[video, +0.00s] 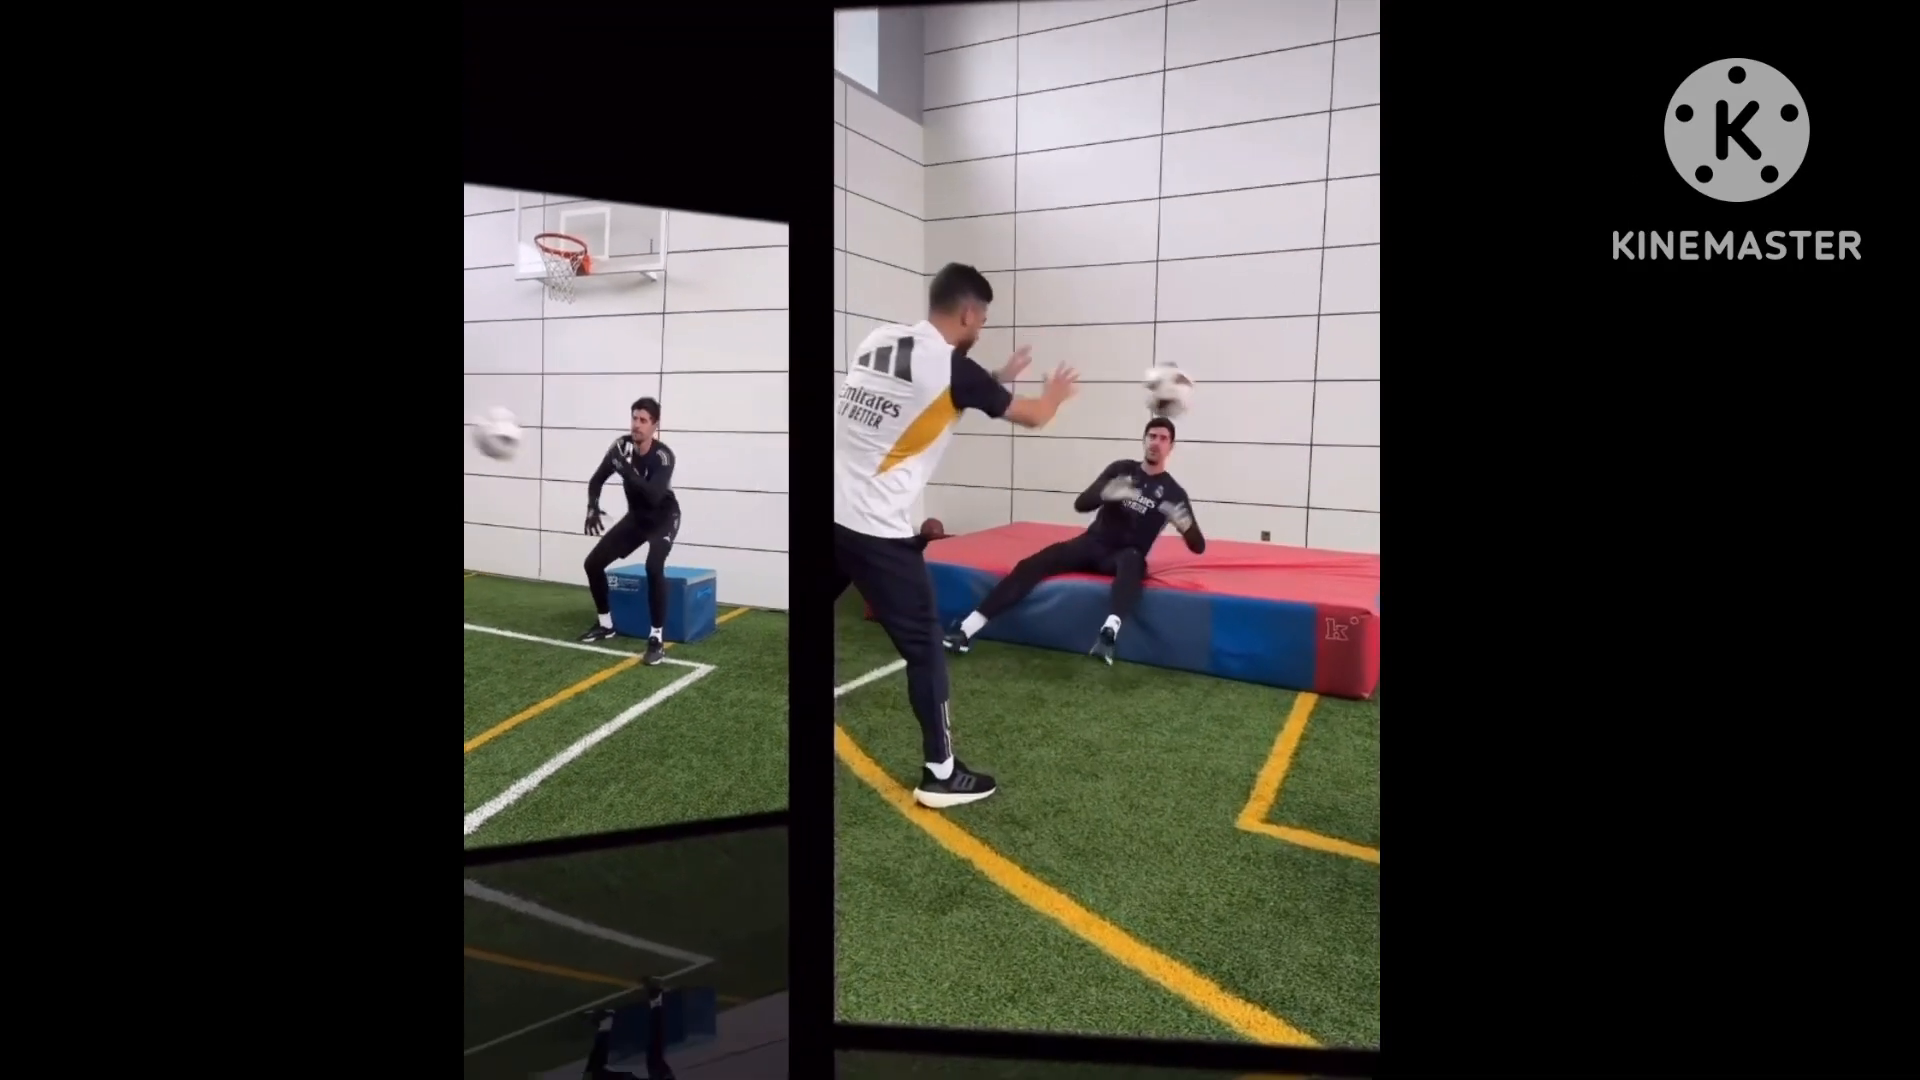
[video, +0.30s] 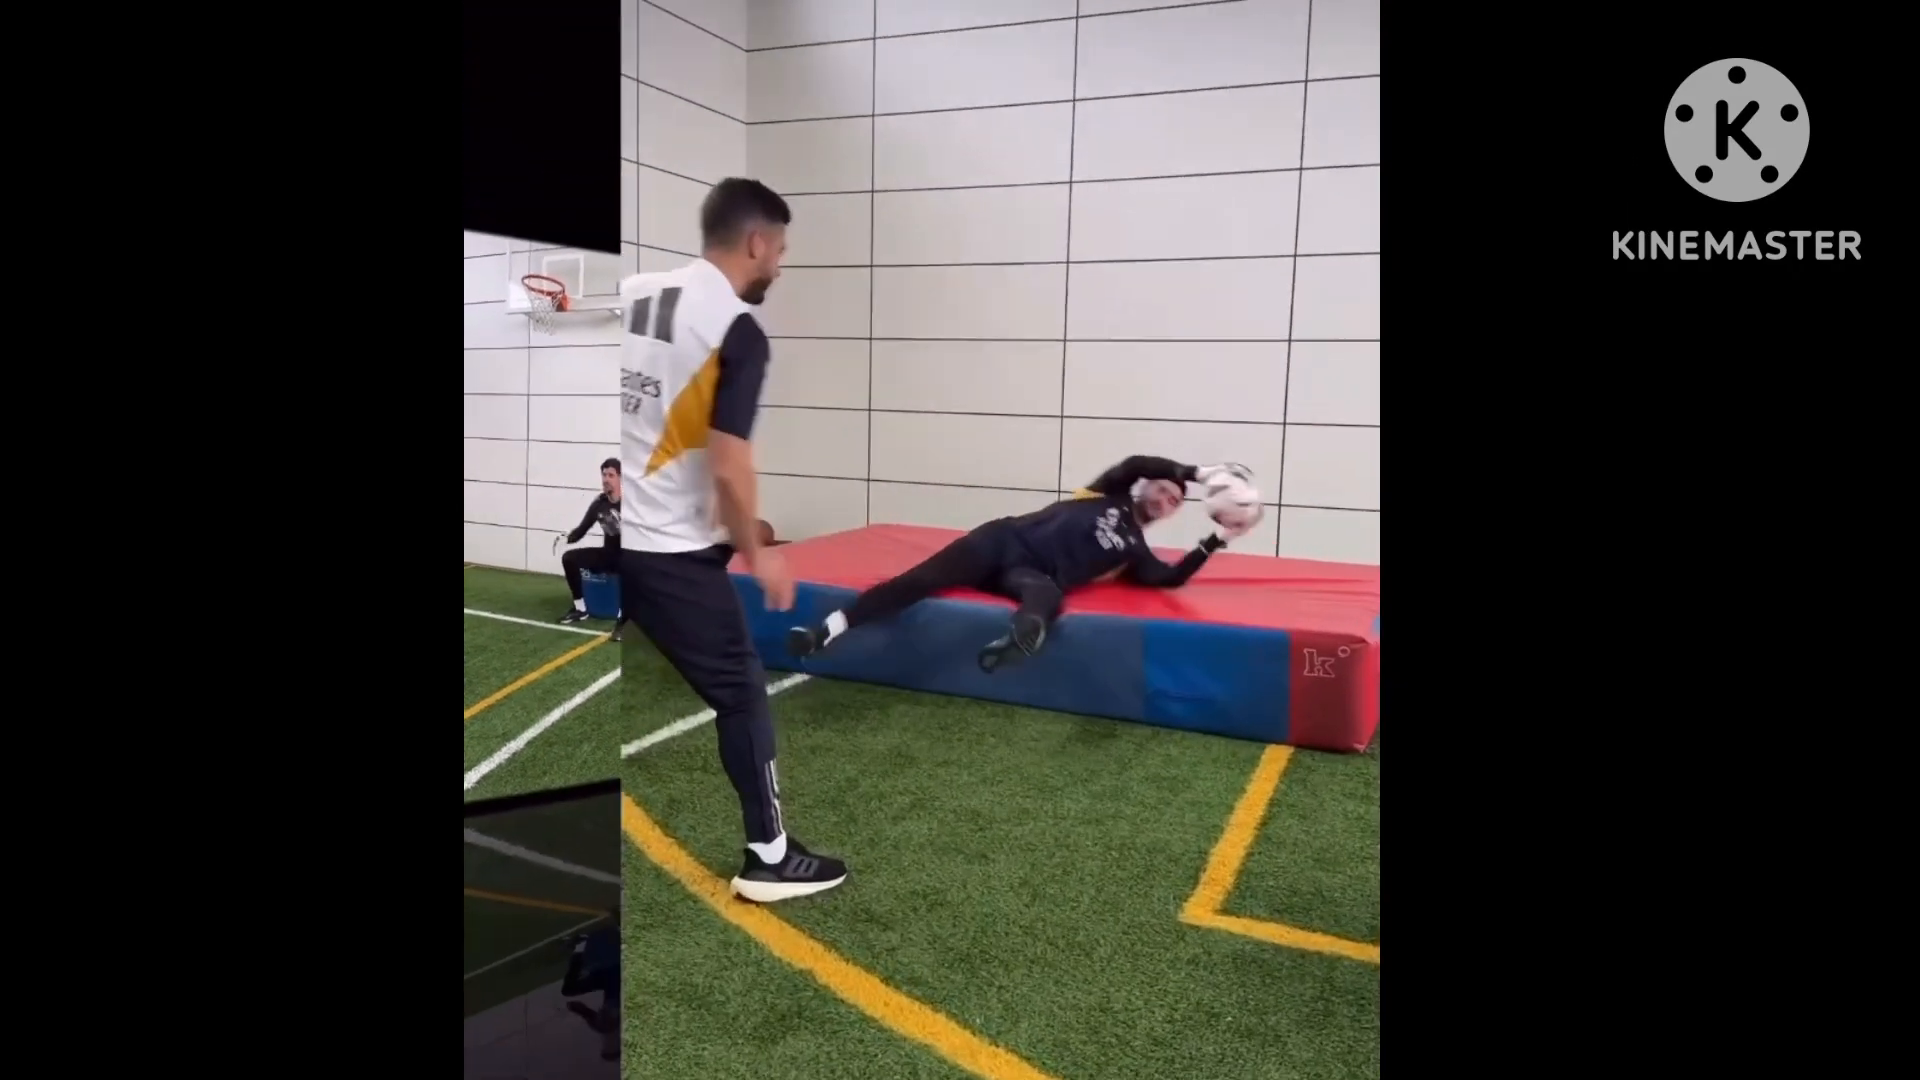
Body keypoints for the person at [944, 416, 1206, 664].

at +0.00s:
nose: (1156, 442)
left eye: (1163, 438)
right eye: (1152, 437)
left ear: (1171, 447)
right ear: (1144, 441)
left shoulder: (1173, 493)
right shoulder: (1121, 470)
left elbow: (1198, 547)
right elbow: (1081, 504)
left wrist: (1185, 524)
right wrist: (1105, 494)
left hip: (1125, 555)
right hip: (1091, 546)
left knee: (1133, 561)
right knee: (1032, 566)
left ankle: (1109, 634)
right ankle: (965, 631)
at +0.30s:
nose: (1165, 501)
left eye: (1171, 502)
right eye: (1162, 492)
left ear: (1168, 513)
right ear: (1141, 486)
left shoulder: (1137, 554)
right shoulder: (1108, 495)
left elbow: (1174, 578)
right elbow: (1140, 460)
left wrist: (1216, 538)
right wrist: (1199, 474)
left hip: (1036, 571)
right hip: (1008, 535)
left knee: (1043, 596)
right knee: (927, 576)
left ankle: (1015, 645)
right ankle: (829, 629)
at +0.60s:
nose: (1162, 538)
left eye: (1173, 542)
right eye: (1163, 526)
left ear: (1171, 560)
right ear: (1147, 517)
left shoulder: (1128, 583)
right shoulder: (1108, 517)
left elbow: (1132, 590)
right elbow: (1103, 457)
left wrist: (1187, 551)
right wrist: (1174, 480)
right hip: (994, 523)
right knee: (888, 510)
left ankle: (923, 617)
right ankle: (748, 551)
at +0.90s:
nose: (1103, 488)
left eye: (1116, 485)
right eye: (1100, 479)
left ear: (1132, 501)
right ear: (1090, 482)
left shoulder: (1108, 562)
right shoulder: (1050, 496)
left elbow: (1116, 602)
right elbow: (993, 467)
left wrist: (1090, 585)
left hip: (990, 586)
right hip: (952, 551)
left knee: (988, 603)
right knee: (854, 554)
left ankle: (923, 690)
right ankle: (728, 605)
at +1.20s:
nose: (997, 399)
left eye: (1010, 393)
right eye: (992, 389)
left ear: (1027, 406)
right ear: (980, 398)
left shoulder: (1039, 478)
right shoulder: (947, 450)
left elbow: (1073, 567)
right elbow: (889, 503)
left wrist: (1025, 576)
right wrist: (875, 530)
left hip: (962, 580)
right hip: (906, 567)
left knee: (968, 584)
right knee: (806, 566)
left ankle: (911, 700)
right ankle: (709, 678)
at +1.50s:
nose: (1046, 437)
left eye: (1058, 434)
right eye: (1042, 426)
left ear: (1068, 445)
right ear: (1026, 425)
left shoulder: (1054, 499)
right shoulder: (990, 449)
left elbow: (1082, 556)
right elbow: (943, 455)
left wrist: (1087, 505)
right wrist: (1007, 446)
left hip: (939, 574)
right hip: (895, 548)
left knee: (964, 586)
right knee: (793, 589)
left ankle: (927, 692)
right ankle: (689, 696)